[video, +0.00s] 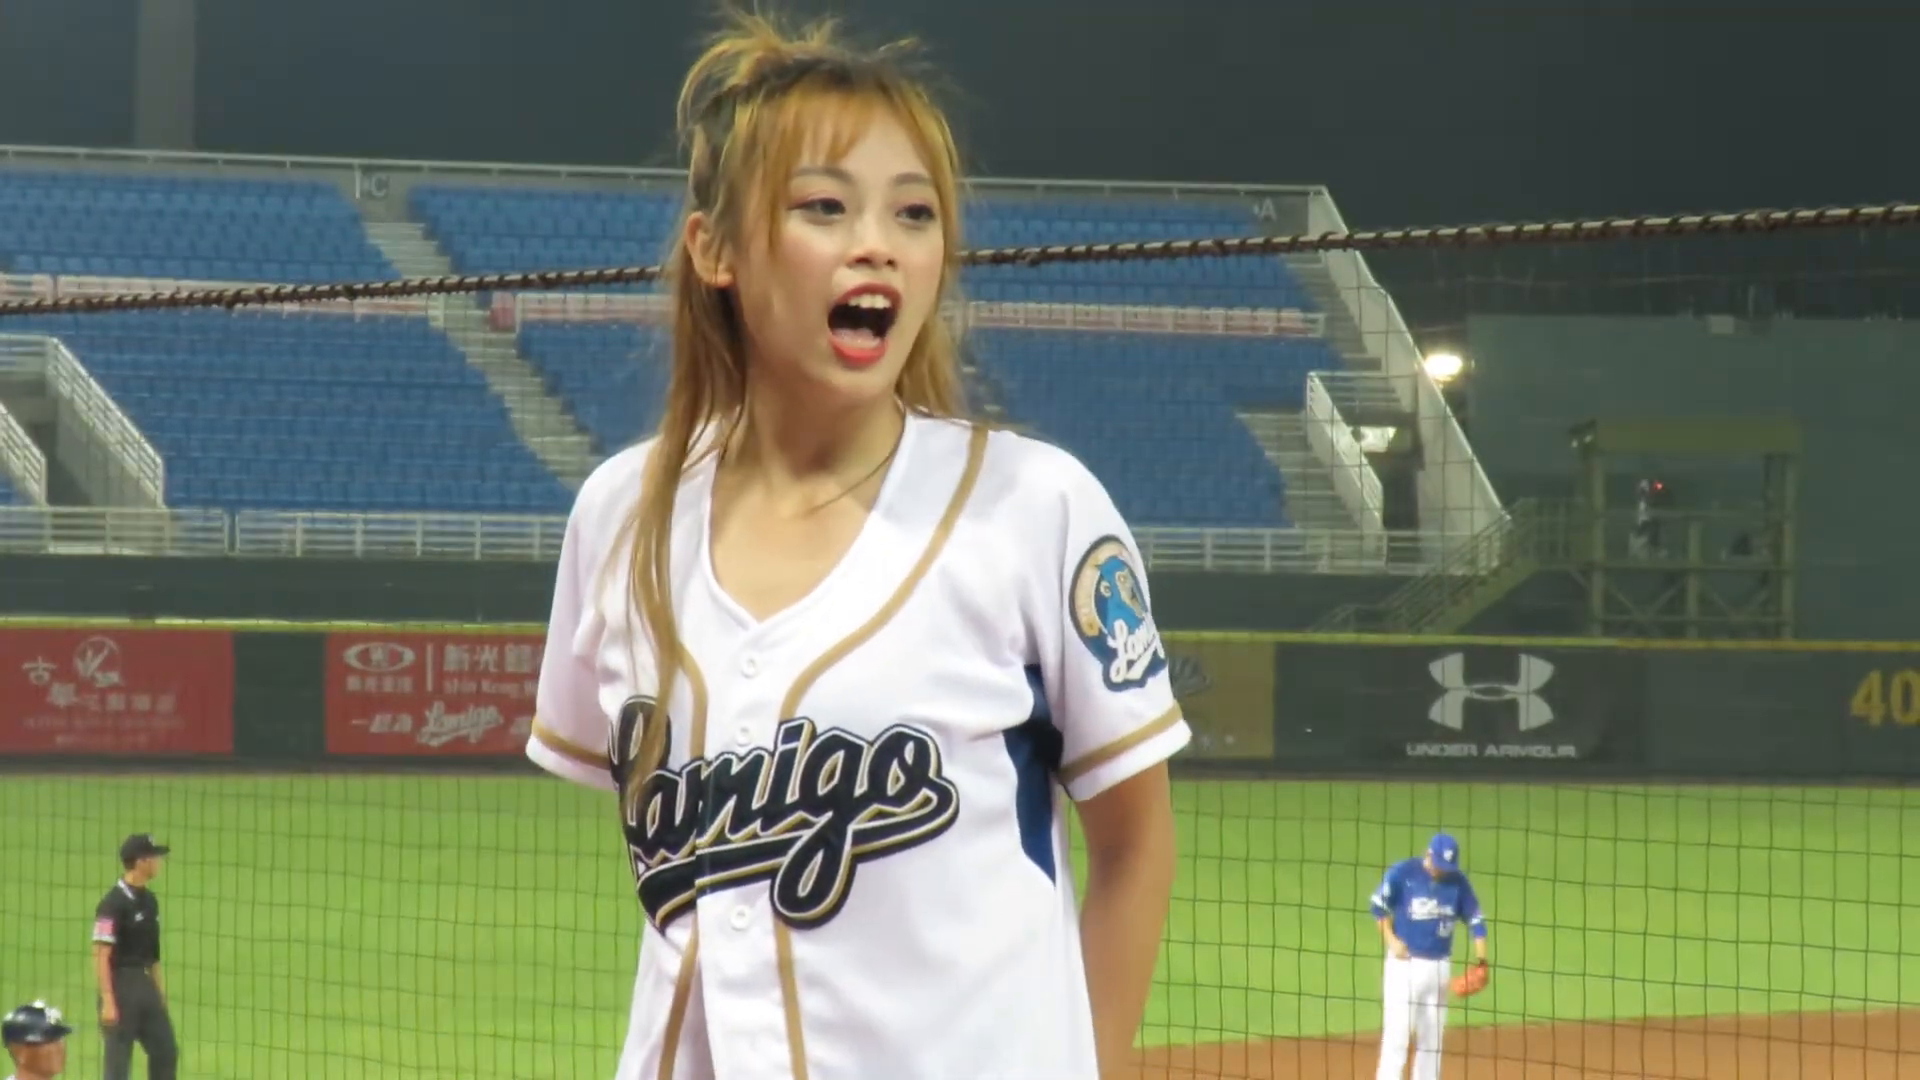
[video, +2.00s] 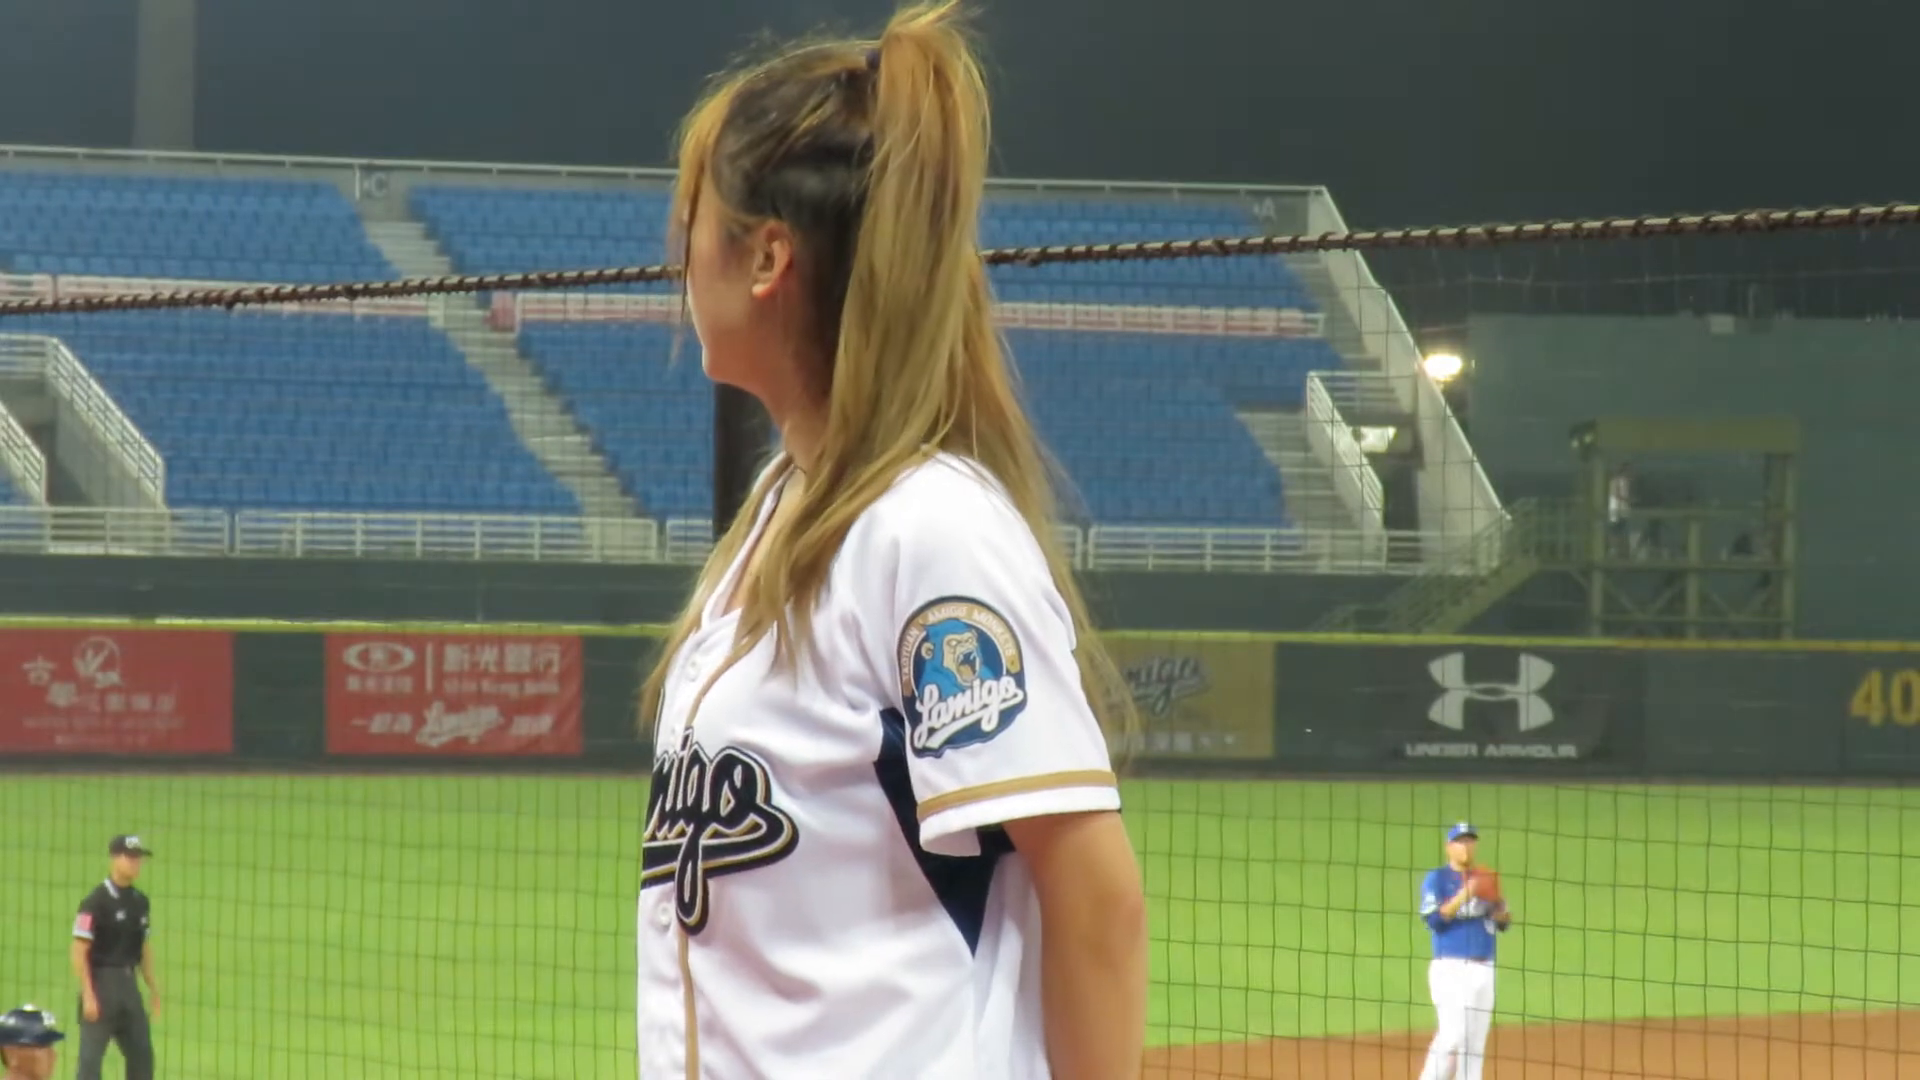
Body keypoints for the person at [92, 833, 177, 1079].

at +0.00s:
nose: (157, 863)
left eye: (156, 858)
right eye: (153, 858)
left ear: (142, 862)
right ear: (139, 862)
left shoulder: (149, 900)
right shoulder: (113, 902)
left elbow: (152, 956)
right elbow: (101, 955)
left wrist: (159, 993)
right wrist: (108, 1002)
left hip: (143, 974)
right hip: (119, 974)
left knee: (165, 1050)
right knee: (118, 1058)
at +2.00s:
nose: (135, 864)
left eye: (138, 858)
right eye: (129, 857)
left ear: (140, 861)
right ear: (114, 858)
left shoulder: (140, 901)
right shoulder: (94, 902)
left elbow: (143, 948)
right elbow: (79, 951)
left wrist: (153, 989)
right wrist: (88, 995)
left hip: (127, 977)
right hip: (100, 976)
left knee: (141, 1055)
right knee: (90, 1059)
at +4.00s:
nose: (116, 866)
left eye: (118, 860)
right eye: (109, 860)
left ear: (121, 862)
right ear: (94, 861)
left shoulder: (119, 901)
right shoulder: (78, 903)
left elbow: (122, 952)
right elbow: (65, 954)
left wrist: (129, 990)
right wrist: (71, 999)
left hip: (113, 973)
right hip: (87, 973)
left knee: (125, 1054)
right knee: (84, 1053)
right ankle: (81, 1074)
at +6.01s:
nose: (132, 860)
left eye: (132, 854)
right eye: (127, 854)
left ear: (121, 857)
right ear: (110, 856)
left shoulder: (125, 895)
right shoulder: (95, 898)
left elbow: (130, 947)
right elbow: (87, 950)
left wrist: (141, 984)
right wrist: (108, 990)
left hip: (127, 970)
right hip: (106, 969)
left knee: (122, 1047)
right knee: (103, 1048)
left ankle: (117, 1075)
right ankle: (98, 1075)